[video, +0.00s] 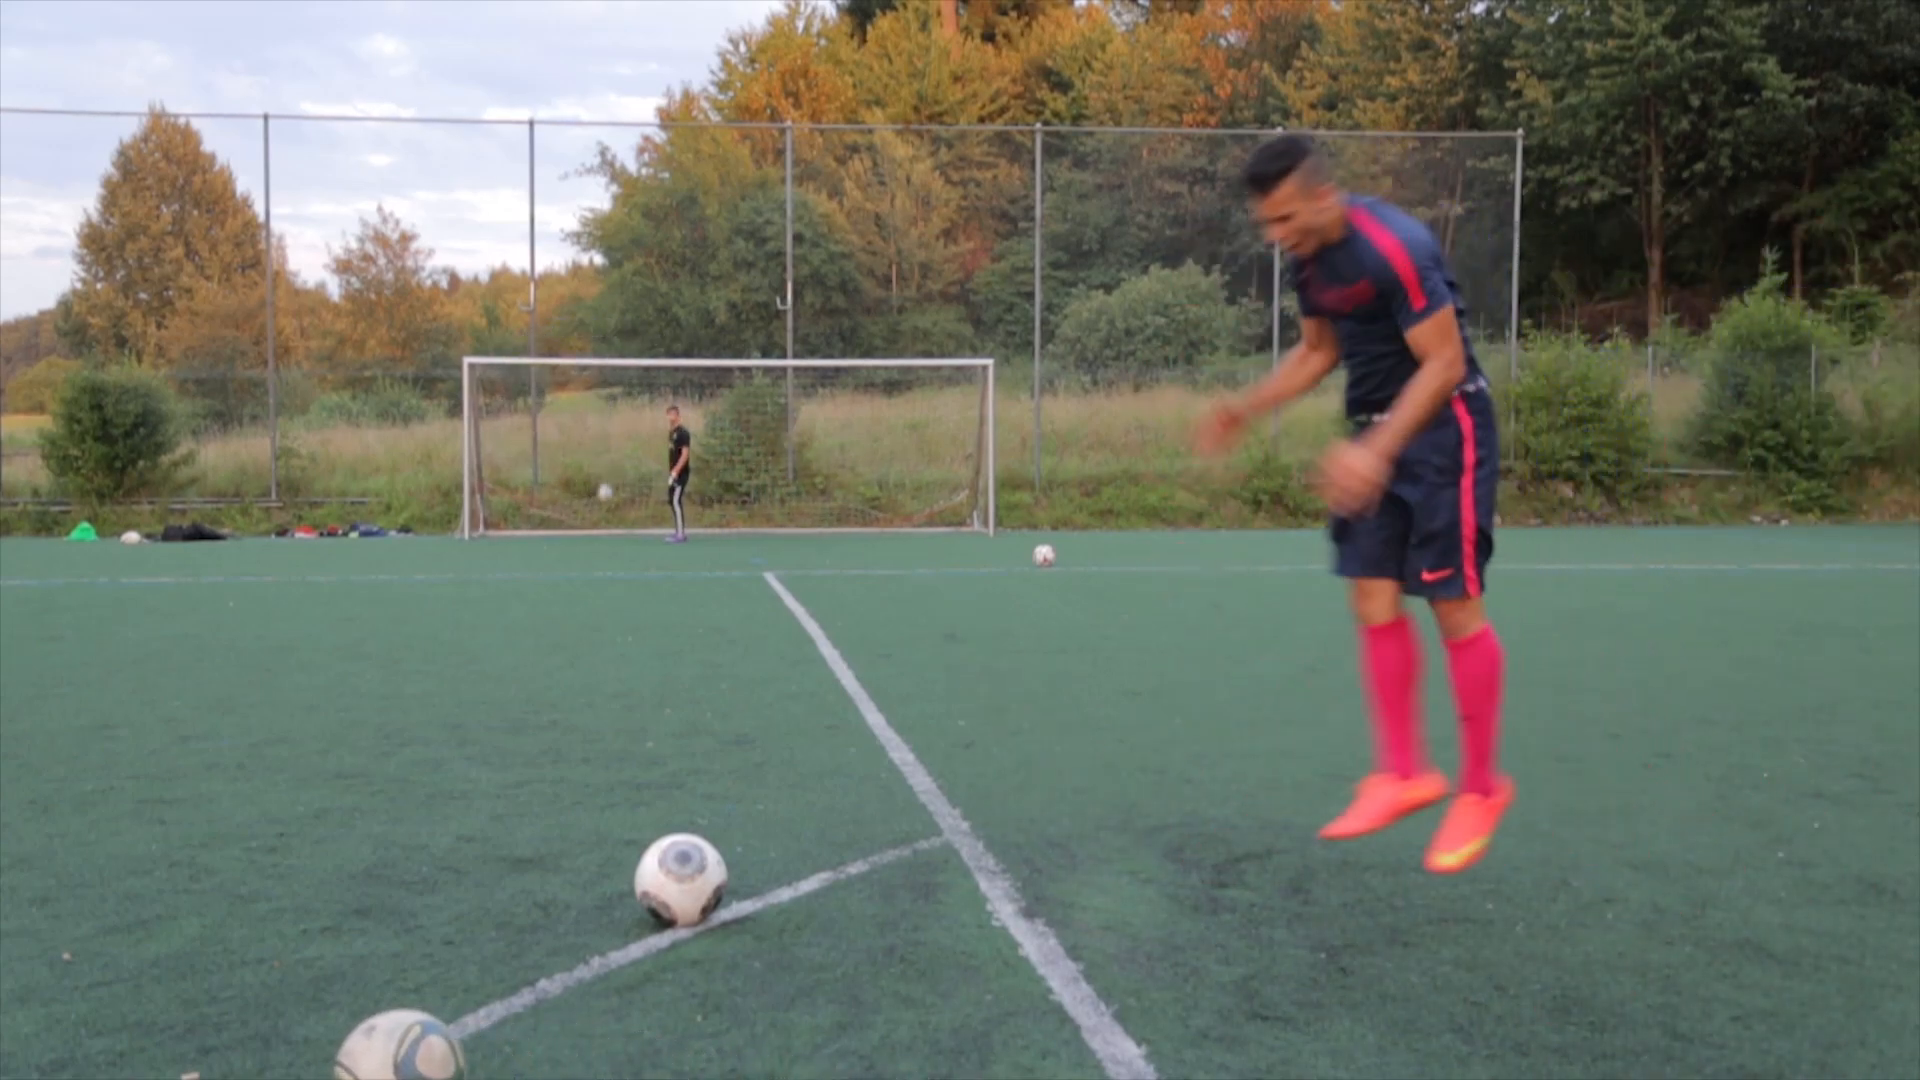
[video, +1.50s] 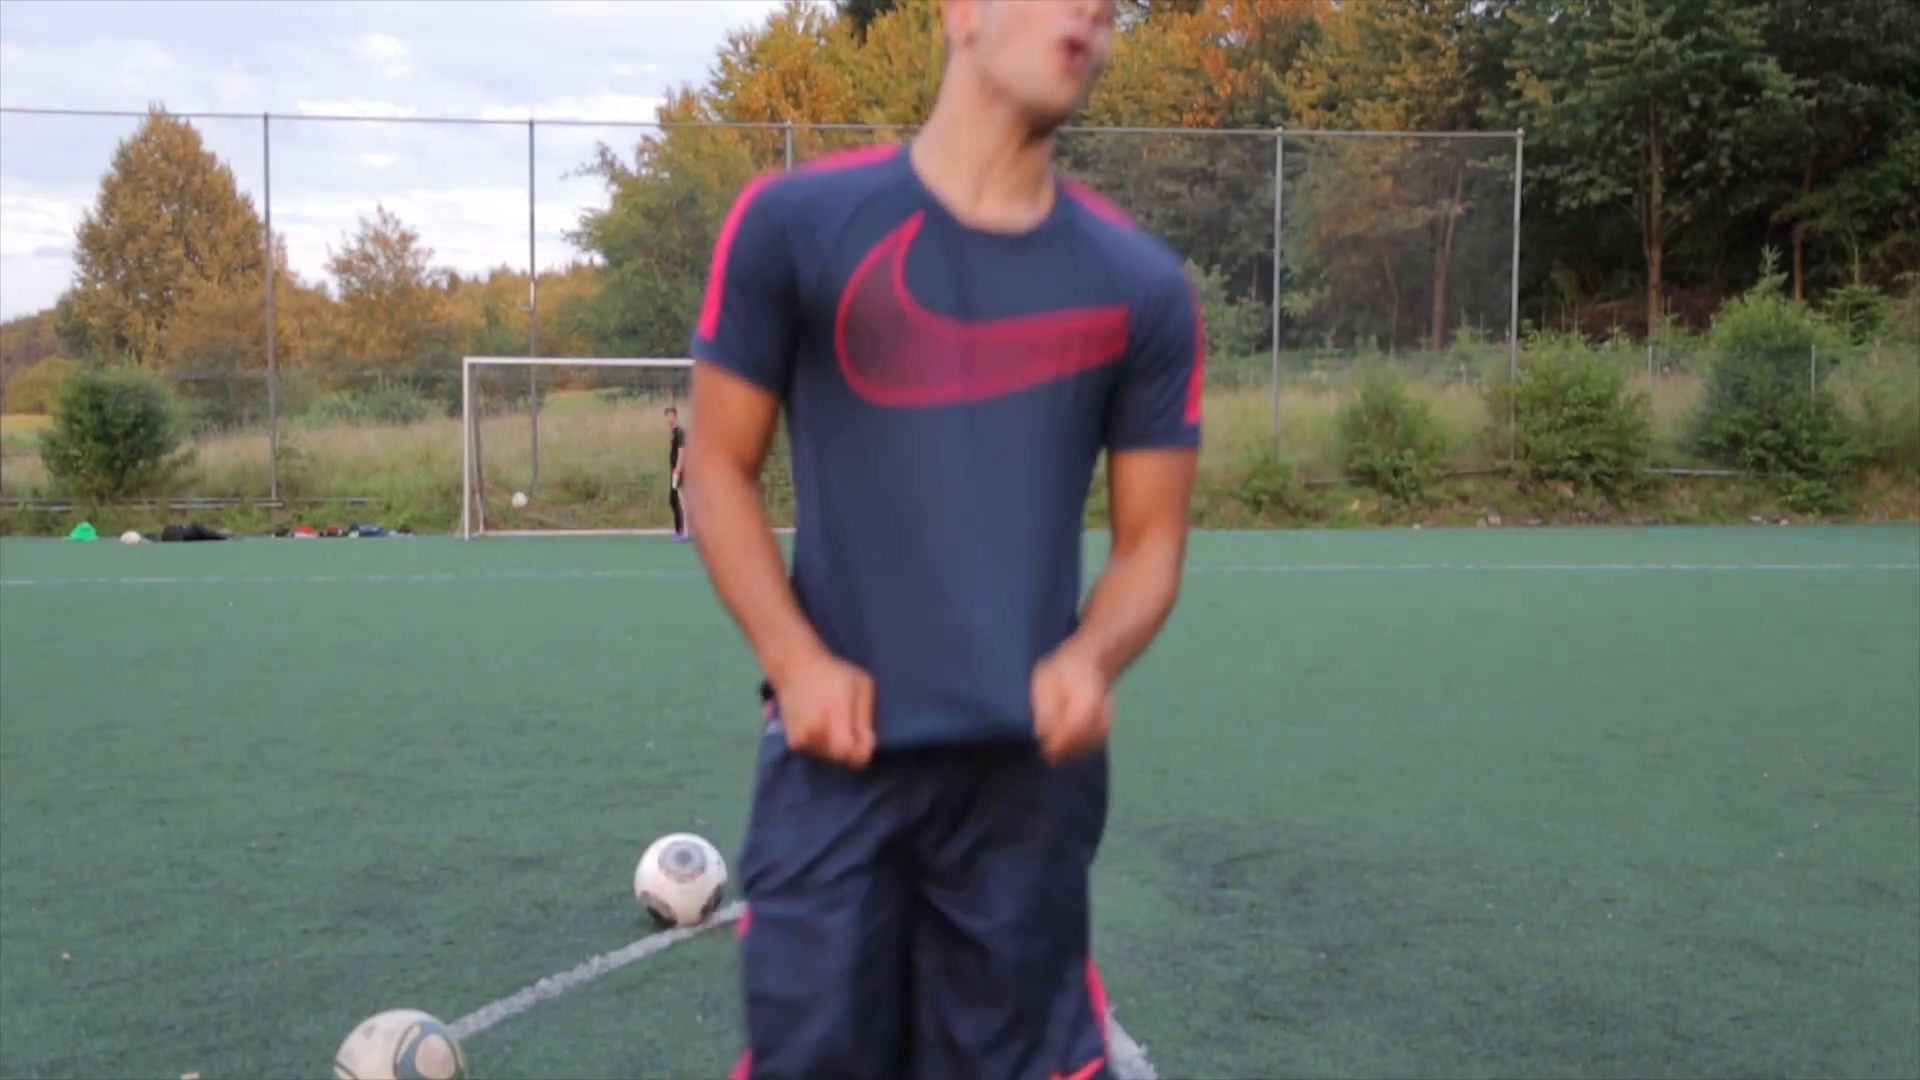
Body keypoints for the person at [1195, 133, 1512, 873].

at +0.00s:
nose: (1277, 237)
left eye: (1285, 218)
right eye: (1266, 223)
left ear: (1324, 194)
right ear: (1264, 215)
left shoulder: (1395, 248)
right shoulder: (1307, 256)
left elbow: (1447, 362)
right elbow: (1321, 349)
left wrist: (1376, 450)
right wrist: (1245, 407)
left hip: (1446, 422)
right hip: (1376, 426)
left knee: (1453, 599)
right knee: (1374, 592)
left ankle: (1483, 785)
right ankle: (1403, 771)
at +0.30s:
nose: (1222, 295)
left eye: (1234, 282)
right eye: (1207, 280)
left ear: (1246, 291)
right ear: (1169, 287)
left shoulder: (1294, 372)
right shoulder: (1120, 383)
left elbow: (1338, 455)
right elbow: (1081, 451)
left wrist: (1373, 545)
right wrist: (1040, 539)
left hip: (1272, 599)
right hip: (1182, 607)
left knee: (1288, 776)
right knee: (1178, 770)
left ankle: (1303, 900)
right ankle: (1243, 899)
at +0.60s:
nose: (1075, 238)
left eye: (1097, 224)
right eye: (1063, 219)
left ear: (1130, 241)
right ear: (1044, 230)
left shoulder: (1172, 363)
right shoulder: (987, 331)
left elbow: (1193, 513)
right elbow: (945, 462)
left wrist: (1207, 656)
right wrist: (1033, 507)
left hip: (1072, 616)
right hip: (976, 594)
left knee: (1001, 805)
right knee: (927, 766)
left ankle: (925, 978)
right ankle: (898, 909)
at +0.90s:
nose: (978, 151)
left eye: (1004, 134)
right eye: (962, 128)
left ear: (1042, 152)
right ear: (937, 139)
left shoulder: (1094, 291)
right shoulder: (863, 262)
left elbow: (1119, 459)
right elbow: (797, 394)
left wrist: (1058, 531)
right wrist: (719, 523)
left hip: (1000, 594)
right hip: (872, 576)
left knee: (965, 831)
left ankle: (935, 970)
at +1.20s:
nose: (981, 62)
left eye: (1002, 42)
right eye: (956, 34)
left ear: (1020, 65)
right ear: (892, 47)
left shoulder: (1063, 230)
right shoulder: (791, 209)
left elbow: (1077, 378)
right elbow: (689, 395)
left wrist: (1070, 484)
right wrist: (799, 521)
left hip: (988, 612)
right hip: (835, 615)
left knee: (942, 923)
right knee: (803, 909)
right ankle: (783, 1075)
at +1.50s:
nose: (1092, 18)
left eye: (1104, 8)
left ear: (1108, 54)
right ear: (962, 18)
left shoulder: (1142, 282)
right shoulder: (791, 224)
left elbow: (1149, 540)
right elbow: (715, 468)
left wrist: (1090, 655)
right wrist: (797, 662)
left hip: (1029, 776)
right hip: (832, 770)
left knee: (1014, 1060)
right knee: (812, 1058)